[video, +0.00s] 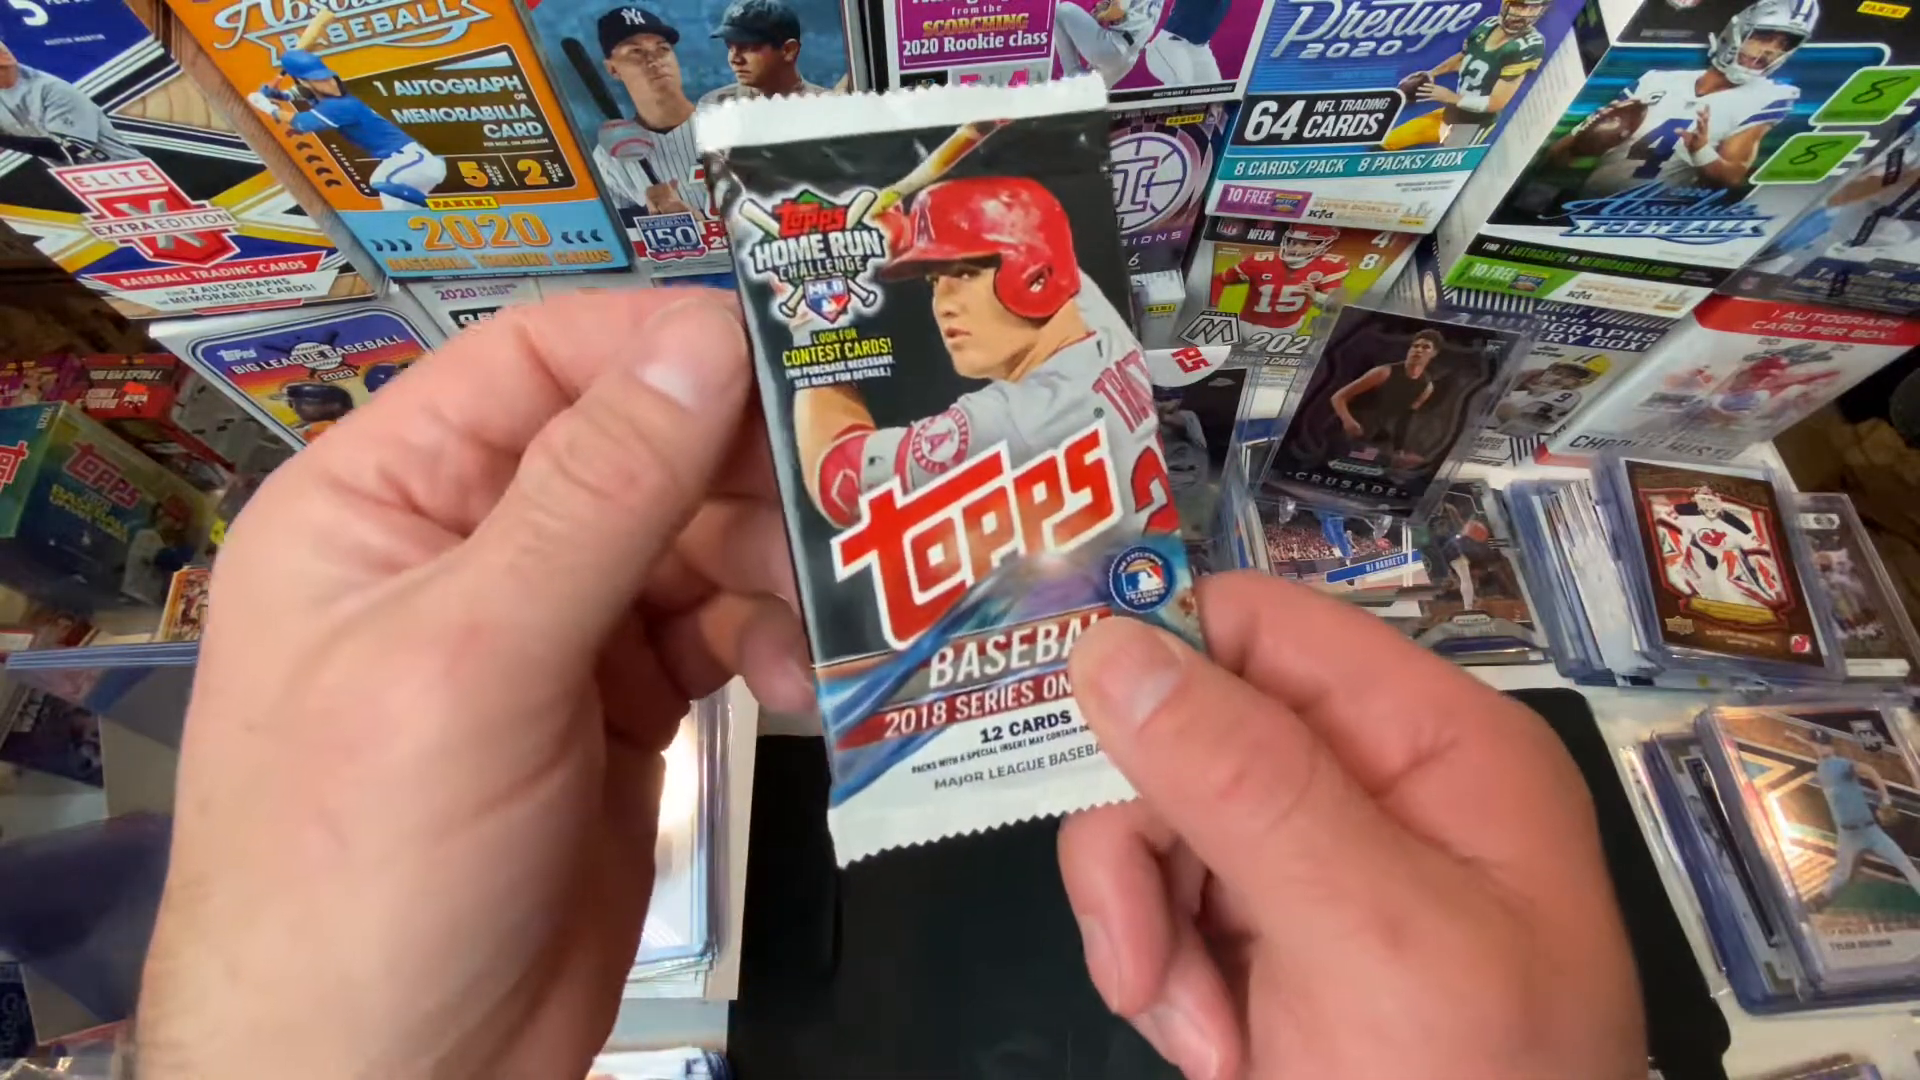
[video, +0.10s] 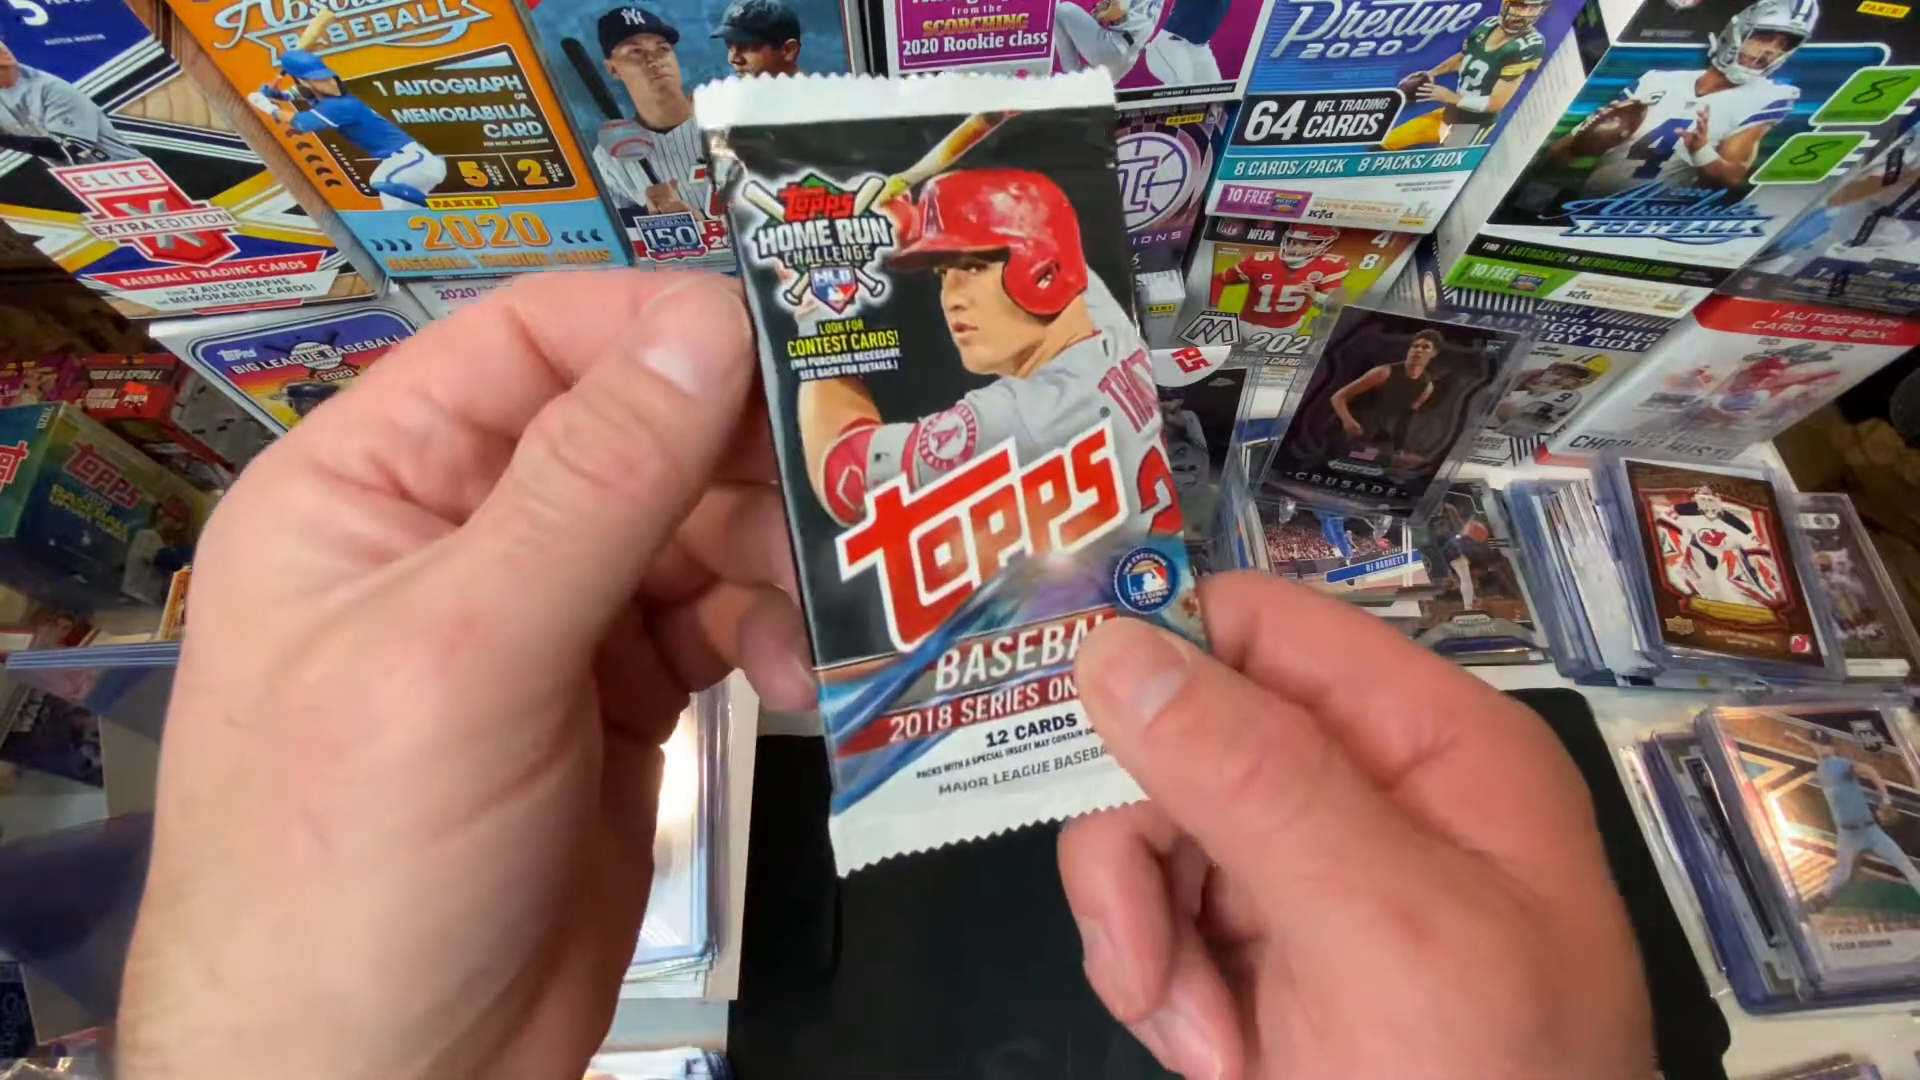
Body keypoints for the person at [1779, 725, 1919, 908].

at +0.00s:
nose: (1823, 750)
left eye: (1825, 744)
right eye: (1819, 746)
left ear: (1831, 745)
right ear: (1814, 748)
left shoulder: (1840, 764)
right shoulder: (1822, 768)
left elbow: (1869, 770)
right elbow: (1815, 749)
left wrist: (1885, 798)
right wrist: (1800, 740)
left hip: (1870, 828)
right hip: (1846, 833)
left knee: (1904, 863)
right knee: (1842, 874)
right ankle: (1823, 898)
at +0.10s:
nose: (1823, 750)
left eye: (1825, 744)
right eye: (1819, 746)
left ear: (1831, 745)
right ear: (1814, 748)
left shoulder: (1841, 764)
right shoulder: (1822, 768)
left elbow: (1869, 770)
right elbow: (1815, 750)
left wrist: (1885, 797)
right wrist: (1800, 740)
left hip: (1870, 828)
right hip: (1846, 833)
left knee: (1904, 863)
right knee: (1842, 874)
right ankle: (1823, 898)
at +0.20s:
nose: (1823, 750)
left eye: (1825, 744)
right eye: (1819, 746)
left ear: (1831, 745)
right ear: (1814, 748)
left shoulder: (1841, 764)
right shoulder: (1822, 768)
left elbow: (1869, 770)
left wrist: (1885, 797)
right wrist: (1801, 740)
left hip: (1870, 828)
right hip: (1846, 833)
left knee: (1904, 863)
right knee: (1842, 874)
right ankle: (1823, 898)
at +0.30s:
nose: (1823, 750)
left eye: (1825, 745)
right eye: (1819, 746)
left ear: (1831, 745)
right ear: (1814, 748)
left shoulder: (1841, 764)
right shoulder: (1821, 768)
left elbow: (1869, 770)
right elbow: (1814, 748)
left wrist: (1884, 797)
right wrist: (1799, 739)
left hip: (1870, 828)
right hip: (1846, 833)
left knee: (1904, 863)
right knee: (1842, 874)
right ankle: (1824, 898)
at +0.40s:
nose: (1824, 749)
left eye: (1827, 744)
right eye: (1819, 745)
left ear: (1831, 744)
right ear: (1813, 747)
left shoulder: (1840, 764)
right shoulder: (1824, 768)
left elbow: (1869, 770)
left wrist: (1885, 798)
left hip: (1870, 828)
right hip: (1847, 834)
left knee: (1903, 863)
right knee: (1842, 875)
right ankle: (1822, 899)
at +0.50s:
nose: (1825, 749)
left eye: (1827, 744)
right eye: (1820, 746)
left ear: (1831, 745)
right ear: (1813, 747)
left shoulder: (1840, 764)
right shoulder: (1824, 767)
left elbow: (1869, 770)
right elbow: (1866, 770)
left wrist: (1885, 798)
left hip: (1870, 829)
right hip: (1847, 834)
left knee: (1904, 863)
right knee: (1842, 875)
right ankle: (1821, 899)